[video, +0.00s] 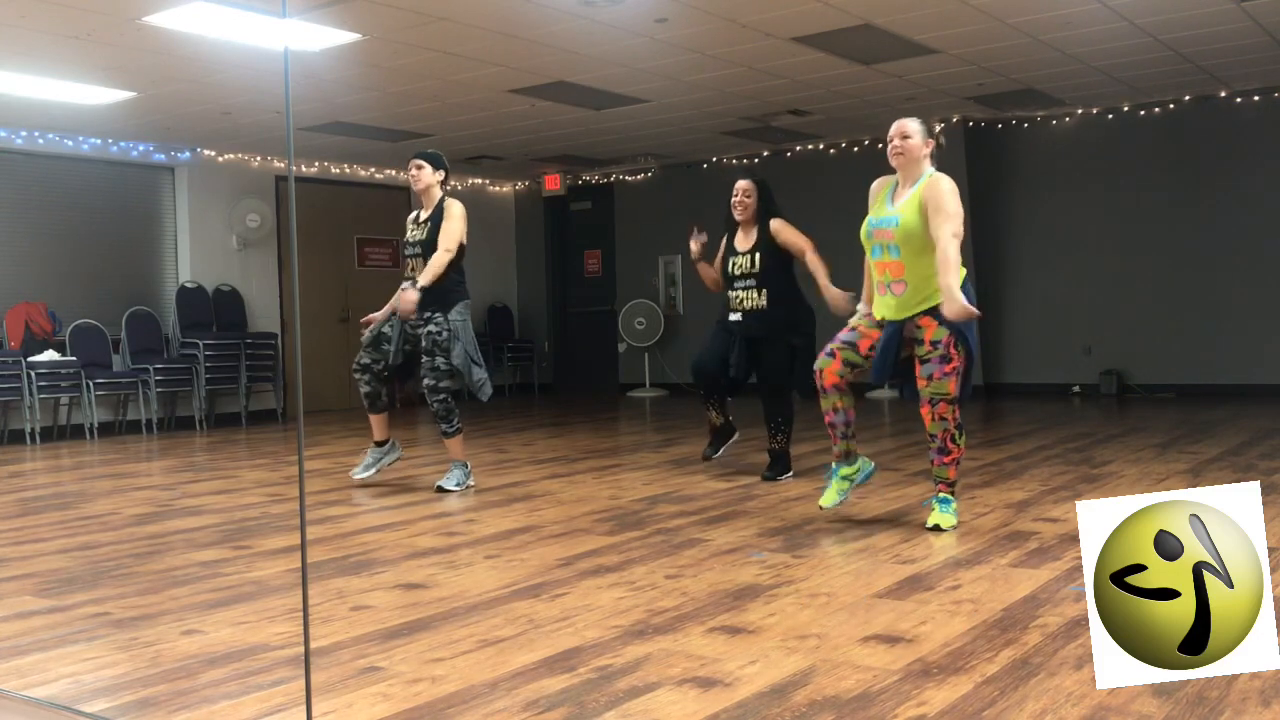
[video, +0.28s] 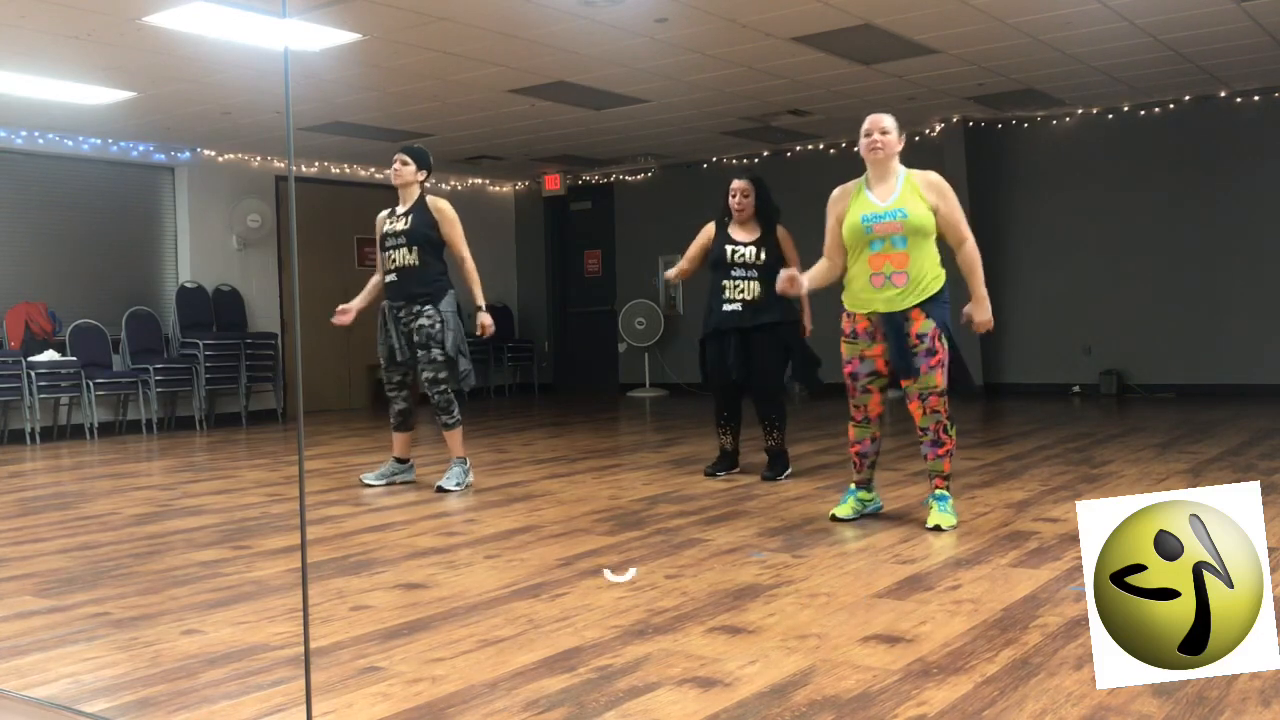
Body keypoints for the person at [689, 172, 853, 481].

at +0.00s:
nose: (738, 200)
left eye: (746, 195)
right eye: (735, 194)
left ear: (759, 201)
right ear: (730, 200)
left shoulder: (774, 228)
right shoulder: (728, 239)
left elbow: (808, 251)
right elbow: (716, 284)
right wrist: (698, 259)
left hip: (775, 326)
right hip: (737, 326)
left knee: (774, 388)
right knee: (705, 368)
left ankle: (780, 458)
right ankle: (721, 428)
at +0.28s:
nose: (738, 200)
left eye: (745, 195)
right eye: (733, 194)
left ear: (757, 199)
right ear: (727, 199)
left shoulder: (776, 233)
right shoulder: (713, 230)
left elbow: (796, 275)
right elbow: (689, 262)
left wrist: (805, 314)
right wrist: (677, 272)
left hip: (768, 329)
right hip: (724, 329)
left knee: (768, 392)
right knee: (725, 392)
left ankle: (777, 457)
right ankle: (728, 456)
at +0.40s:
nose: (733, 202)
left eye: (740, 196)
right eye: (729, 196)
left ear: (753, 201)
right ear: (722, 200)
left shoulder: (772, 235)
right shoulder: (707, 232)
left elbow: (789, 277)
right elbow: (677, 263)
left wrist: (799, 314)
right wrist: (654, 287)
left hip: (766, 323)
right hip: (721, 325)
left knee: (754, 378)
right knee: (723, 387)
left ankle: (772, 446)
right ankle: (727, 455)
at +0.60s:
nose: (728, 198)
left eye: (735, 192)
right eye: (724, 193)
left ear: (750, 197)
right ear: (719, 198)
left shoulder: (769, 233)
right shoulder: (706, 232)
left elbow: (788, 272)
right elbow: (688, 275)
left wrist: (791, 309)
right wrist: (673, 312)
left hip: (762, 326)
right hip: (721, 327)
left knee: (757, 381)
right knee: (724, 388)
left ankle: (776, 448)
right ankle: (727, 455)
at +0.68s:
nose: (729, 198)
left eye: (736, 193)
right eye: (725, 193)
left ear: (751, 198)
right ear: (720, 198)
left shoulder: (770, 234)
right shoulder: (711, 233)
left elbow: (787, 281)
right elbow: (703, 275)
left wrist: (786, 322)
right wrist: (699, 316)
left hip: (762, 330)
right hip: (722, 330)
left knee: (766, 393)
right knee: (726, 393)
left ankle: (779, 458)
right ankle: (728, 456)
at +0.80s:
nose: (730, 196)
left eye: (738, 191)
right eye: (726, 190)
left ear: (752, 196)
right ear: (722, 196)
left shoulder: (769, 228)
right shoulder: (717, 232)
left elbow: (792, 261)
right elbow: (723, 274)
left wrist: (790, 278)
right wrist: (722, 305)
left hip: (764, 326)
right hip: (723, 327)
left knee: (768, 388)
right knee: (719, 388)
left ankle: (780, 458)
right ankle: (725, 452)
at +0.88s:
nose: (730, 198)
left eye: (738, 193)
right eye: (727, 193)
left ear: (753, 199)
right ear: (723, 200)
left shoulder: (766, 228)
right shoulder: (723, 236)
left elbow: (802, 250)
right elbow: (732, 277)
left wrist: (795, 274)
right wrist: (721, 310)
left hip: (768, 327)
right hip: (728, 329)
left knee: (771, 390)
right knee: (703, 378)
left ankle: (781, 459)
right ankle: (719, 439)